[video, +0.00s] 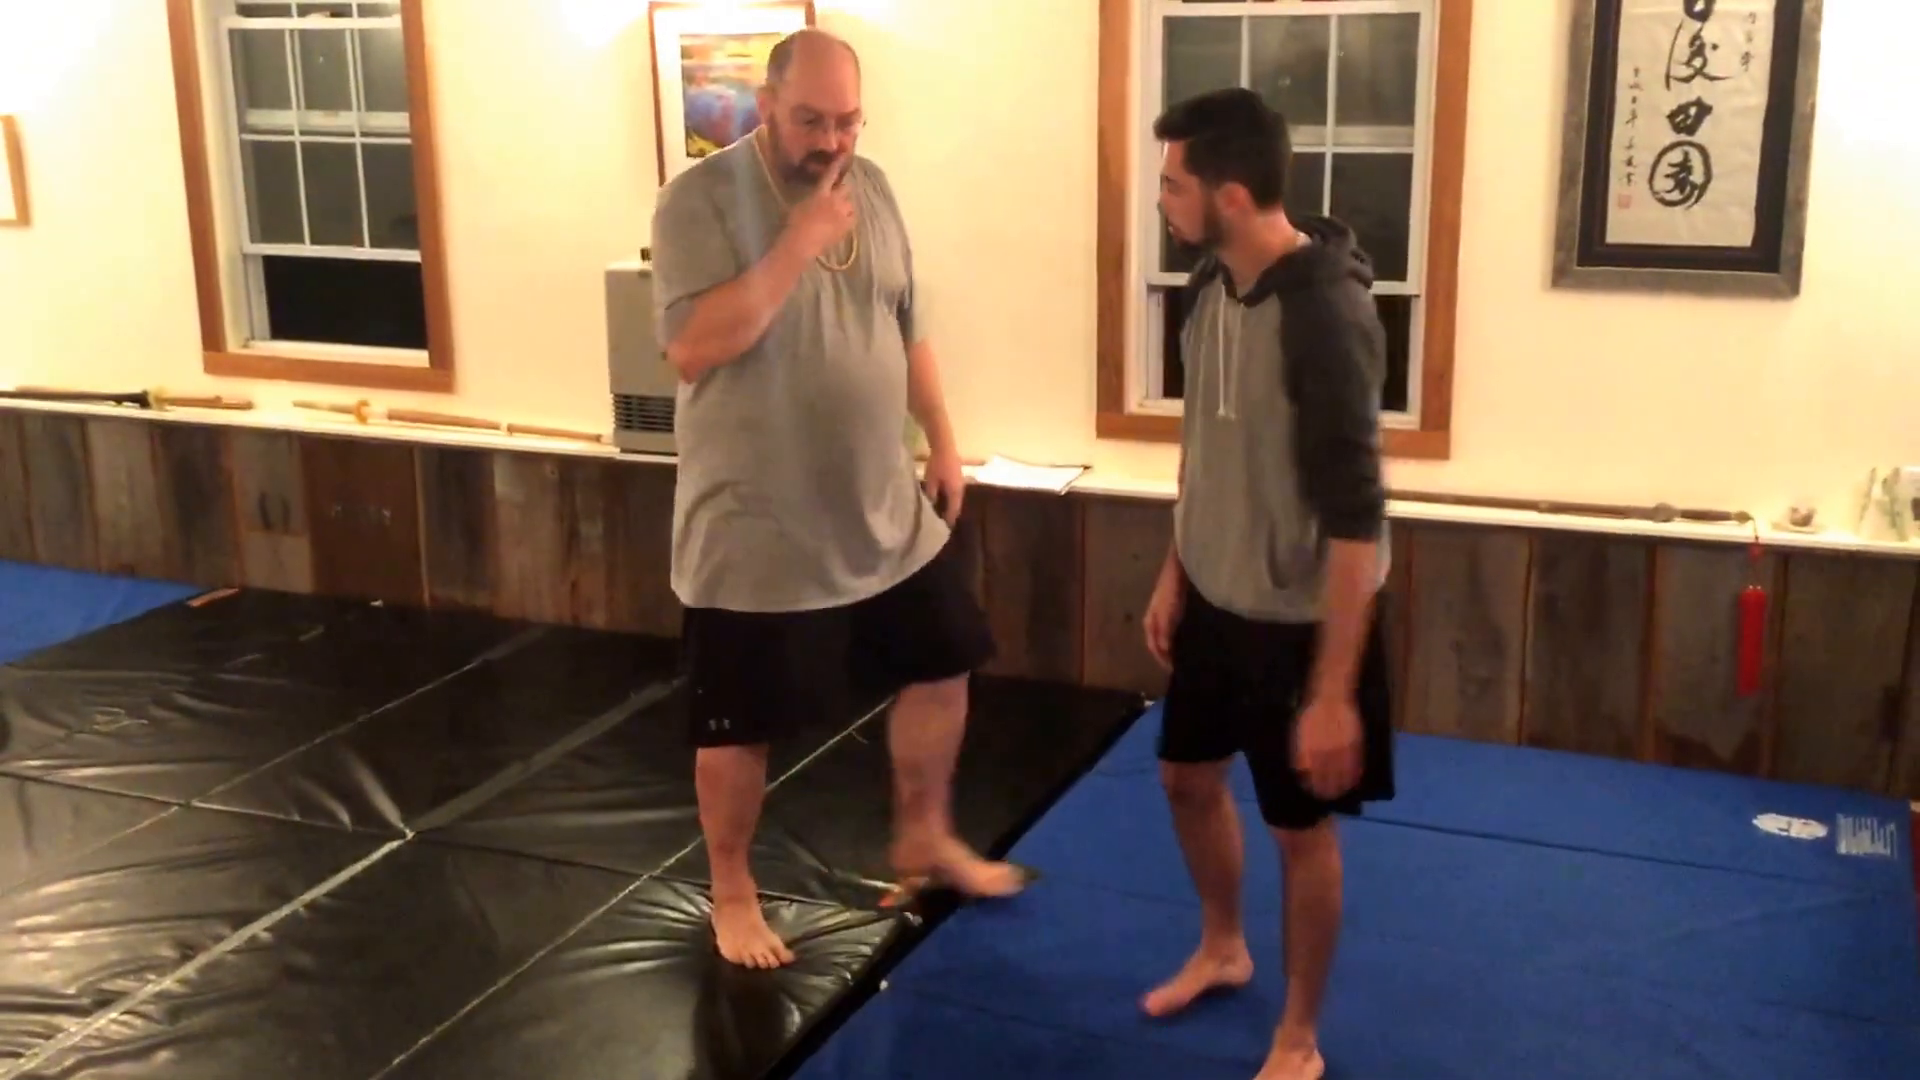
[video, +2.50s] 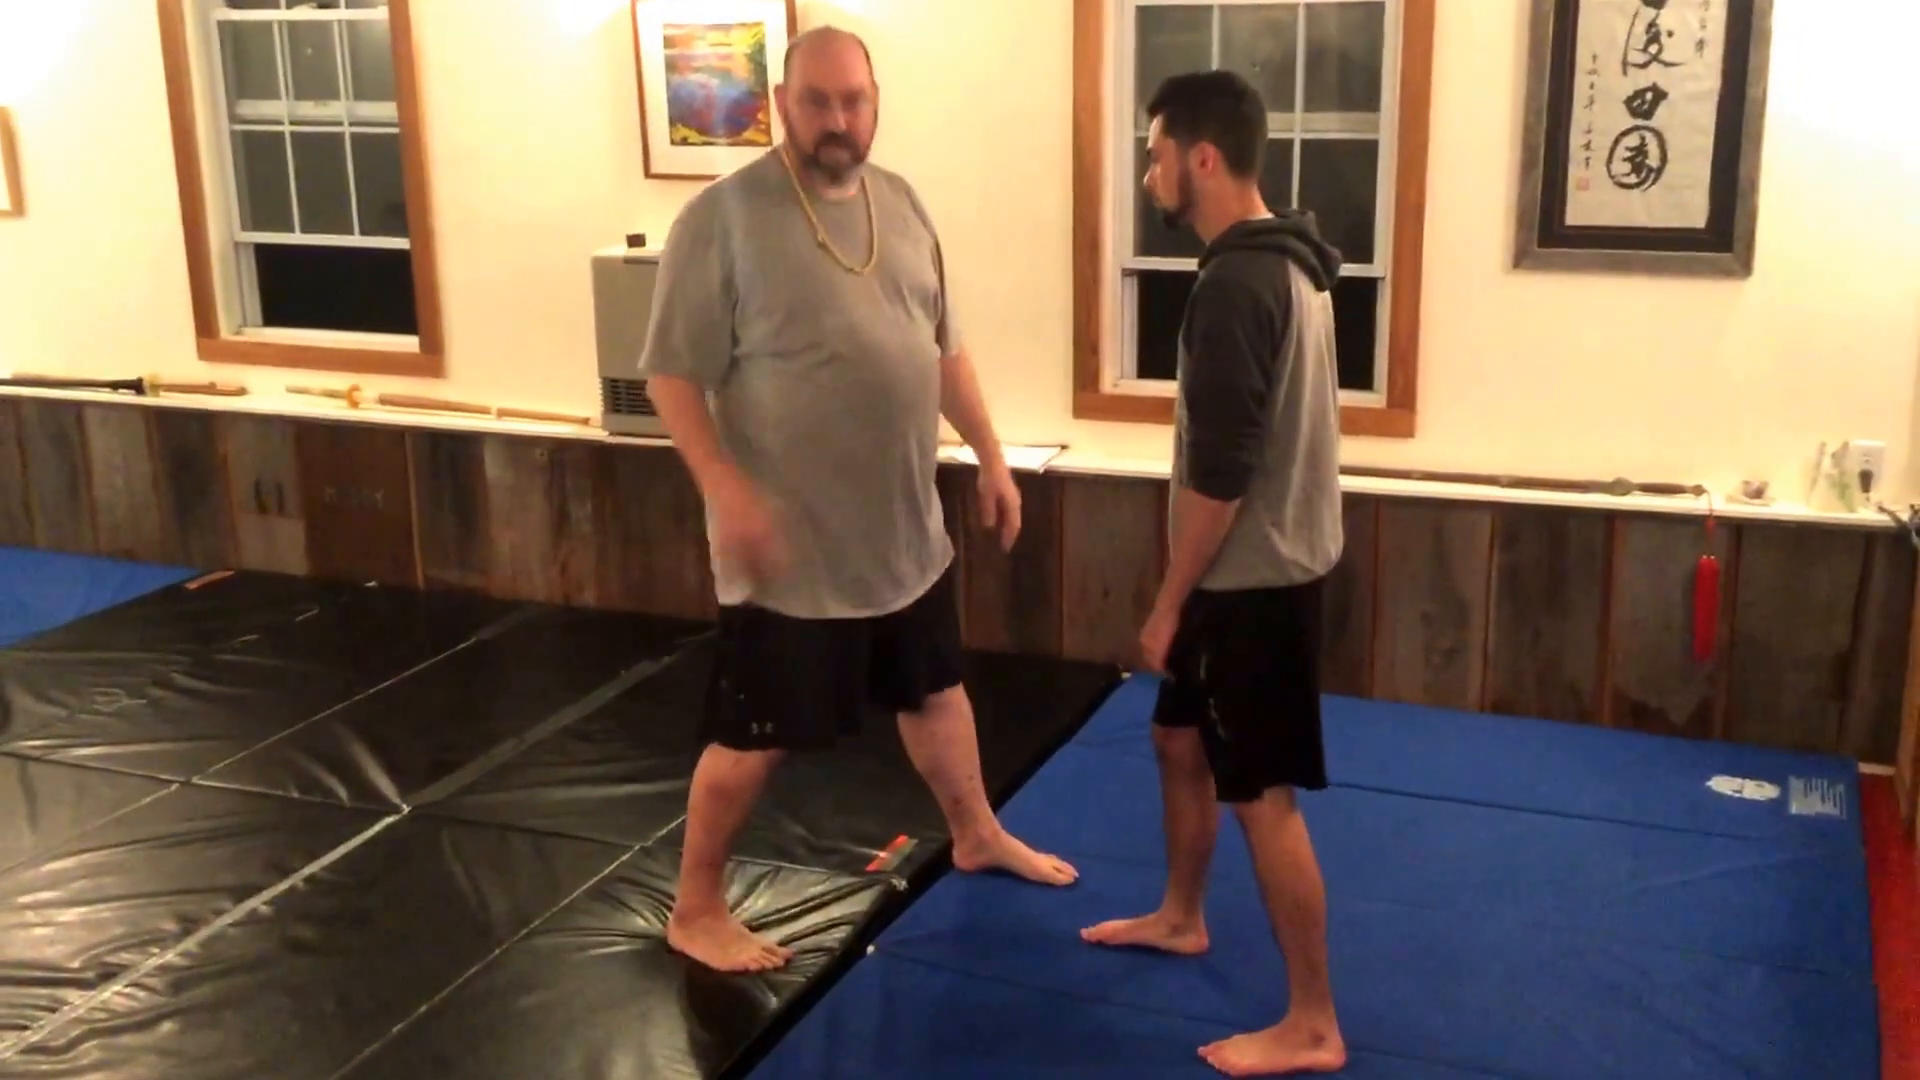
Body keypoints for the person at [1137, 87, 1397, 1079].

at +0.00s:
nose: (1163, 201)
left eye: (1174, 183)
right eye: (1164, 181)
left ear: (1232, 191)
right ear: (1228, 188)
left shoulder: (1324, 307)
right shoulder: (1213, 290)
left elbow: (1357, 517)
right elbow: (1211, 452)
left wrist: (1334, 693)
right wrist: (1173, 571)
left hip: (1298, 625)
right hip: (1213, 605)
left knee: (1303, 834)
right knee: (1188, 773)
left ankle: (1299, 1034)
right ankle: (1223, 948)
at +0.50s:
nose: (1151, 176)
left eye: (1159, 158)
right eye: (1152, 157)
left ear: (1201, 163)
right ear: (1226, 161)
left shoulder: (1249, 281)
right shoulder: (1274, 259)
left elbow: (1203, 479)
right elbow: (1253, 449)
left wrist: (1089, 606)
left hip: (1248, 581)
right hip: (1222, 573)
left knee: (1242, 803)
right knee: (1189, 756)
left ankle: (1288, 1028)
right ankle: (1204, 950)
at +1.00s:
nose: (1141, 207)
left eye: (1141, 186)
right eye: (1136, 189)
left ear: (1176, 176)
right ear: (1215, 171)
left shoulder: (1224, 280)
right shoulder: (1290, 261)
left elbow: (1198, 460)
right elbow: (1263, 436)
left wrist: (1149, 570)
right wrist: (1173, 545)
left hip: (1247, 571)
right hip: (1268, 556)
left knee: (1250, 800)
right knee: (1182, 748)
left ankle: (1320, 1042)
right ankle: (1199, 939)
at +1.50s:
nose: (1152, 211)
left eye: (1151, 191)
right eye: (1146, 193)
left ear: (1188, 181)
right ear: (1228, 174)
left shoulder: (1244, 293)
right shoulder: (1308, 265)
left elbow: (1250, 498)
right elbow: (1316, 438)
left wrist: (1214, 659)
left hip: (1273, 592)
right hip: (1292, 572)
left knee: (1275, 817)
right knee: (1200, 744)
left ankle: (1317, 1040)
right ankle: (1192, 929)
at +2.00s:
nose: (1156, 185)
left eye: (1162, 164)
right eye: (1156, 166)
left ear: (1207, 163)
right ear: (1238, 162)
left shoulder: (1242, 287)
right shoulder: (1299, 261)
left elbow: (1227, 477)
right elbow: (1289, 439)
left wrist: (1164, 605)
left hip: (1258, 582)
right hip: (1263, 567)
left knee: (1263, 807)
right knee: (1184, 744)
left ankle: (1315, 1031)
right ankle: (1184, 919)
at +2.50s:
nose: (1150, 171)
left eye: (1158, 151)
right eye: (1151, 151)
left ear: (1203, 157)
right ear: (1233, 156)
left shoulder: (1236, 282)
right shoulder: (1288, 255)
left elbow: (1223, 472)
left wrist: (1168, 605)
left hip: (1253, 574)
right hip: (1251, 560)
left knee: (1262, 795)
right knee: (1180, 740)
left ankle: (1312, 1024)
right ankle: (1181, 914)